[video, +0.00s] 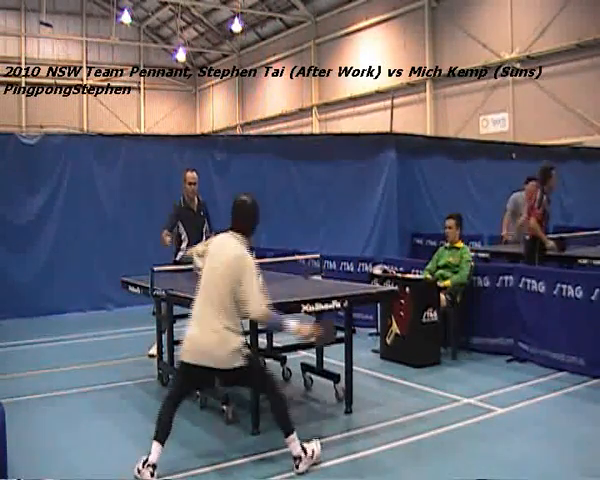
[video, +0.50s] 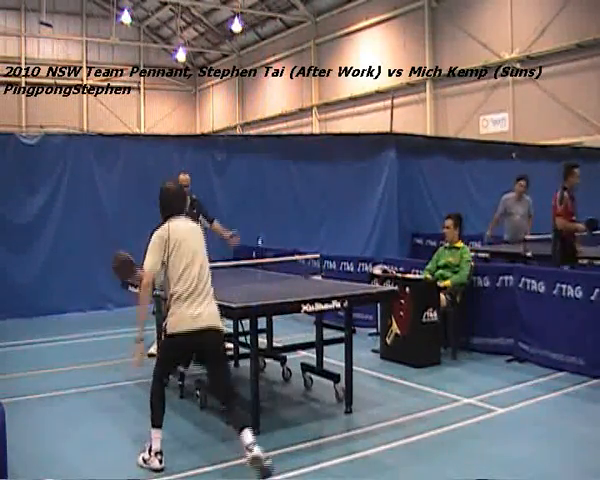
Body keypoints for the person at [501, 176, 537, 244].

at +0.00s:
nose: (533, 189)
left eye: (535, 186)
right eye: (531, 185)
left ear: (538, 188)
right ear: (525, 186)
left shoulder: (540, 199)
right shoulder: (516, 197)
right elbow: (508, 214)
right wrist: (505, 231)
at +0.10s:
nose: (526, 188)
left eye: (527, 186)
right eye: (524, 185)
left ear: (528, 187)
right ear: (518, 186)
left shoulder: (529, 201)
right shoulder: (510, 198)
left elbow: (530, 217)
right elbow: (503, 214)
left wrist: (528, 233)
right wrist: (503, 232)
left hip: (523, 236)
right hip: (510, 235)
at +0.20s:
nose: (520, 187)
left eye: (522, 184)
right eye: (518, 184)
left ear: (524, 186)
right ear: (513, 185)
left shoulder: (527, 199)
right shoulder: (506, 198)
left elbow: (529, 216)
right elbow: (499, 214)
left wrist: (529, 231)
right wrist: (498, 231)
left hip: (522, 234)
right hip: (508, 234)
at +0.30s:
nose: (516, 186)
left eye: (519, 184)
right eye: (515, 183)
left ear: (522, 186)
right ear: (511, 184)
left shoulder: (526, 199)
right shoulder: (505, 198)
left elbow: (529, 215)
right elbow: (498, 214)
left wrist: (528, 230)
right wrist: (493, 232)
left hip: (521, 233)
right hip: (507, 233)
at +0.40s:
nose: (517, 187)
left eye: (519, 184)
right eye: (516, 184)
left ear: (523, 187)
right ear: (512, 185)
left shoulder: (527, 200)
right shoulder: (505, 198)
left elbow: (529, 215)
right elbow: (498, 215)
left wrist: (528, 231)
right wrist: (490, 231)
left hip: (522, 234)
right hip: (508, 233)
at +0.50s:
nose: (521, 189)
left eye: (524, 186)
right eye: (520, 185)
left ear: (526, 189)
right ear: (515, 186)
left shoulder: (528, 201)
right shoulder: (506, 198)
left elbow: (530, 216)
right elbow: (498, 215)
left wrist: (528, 231)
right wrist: (490, 230)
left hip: (522, 234)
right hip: (509, 233)